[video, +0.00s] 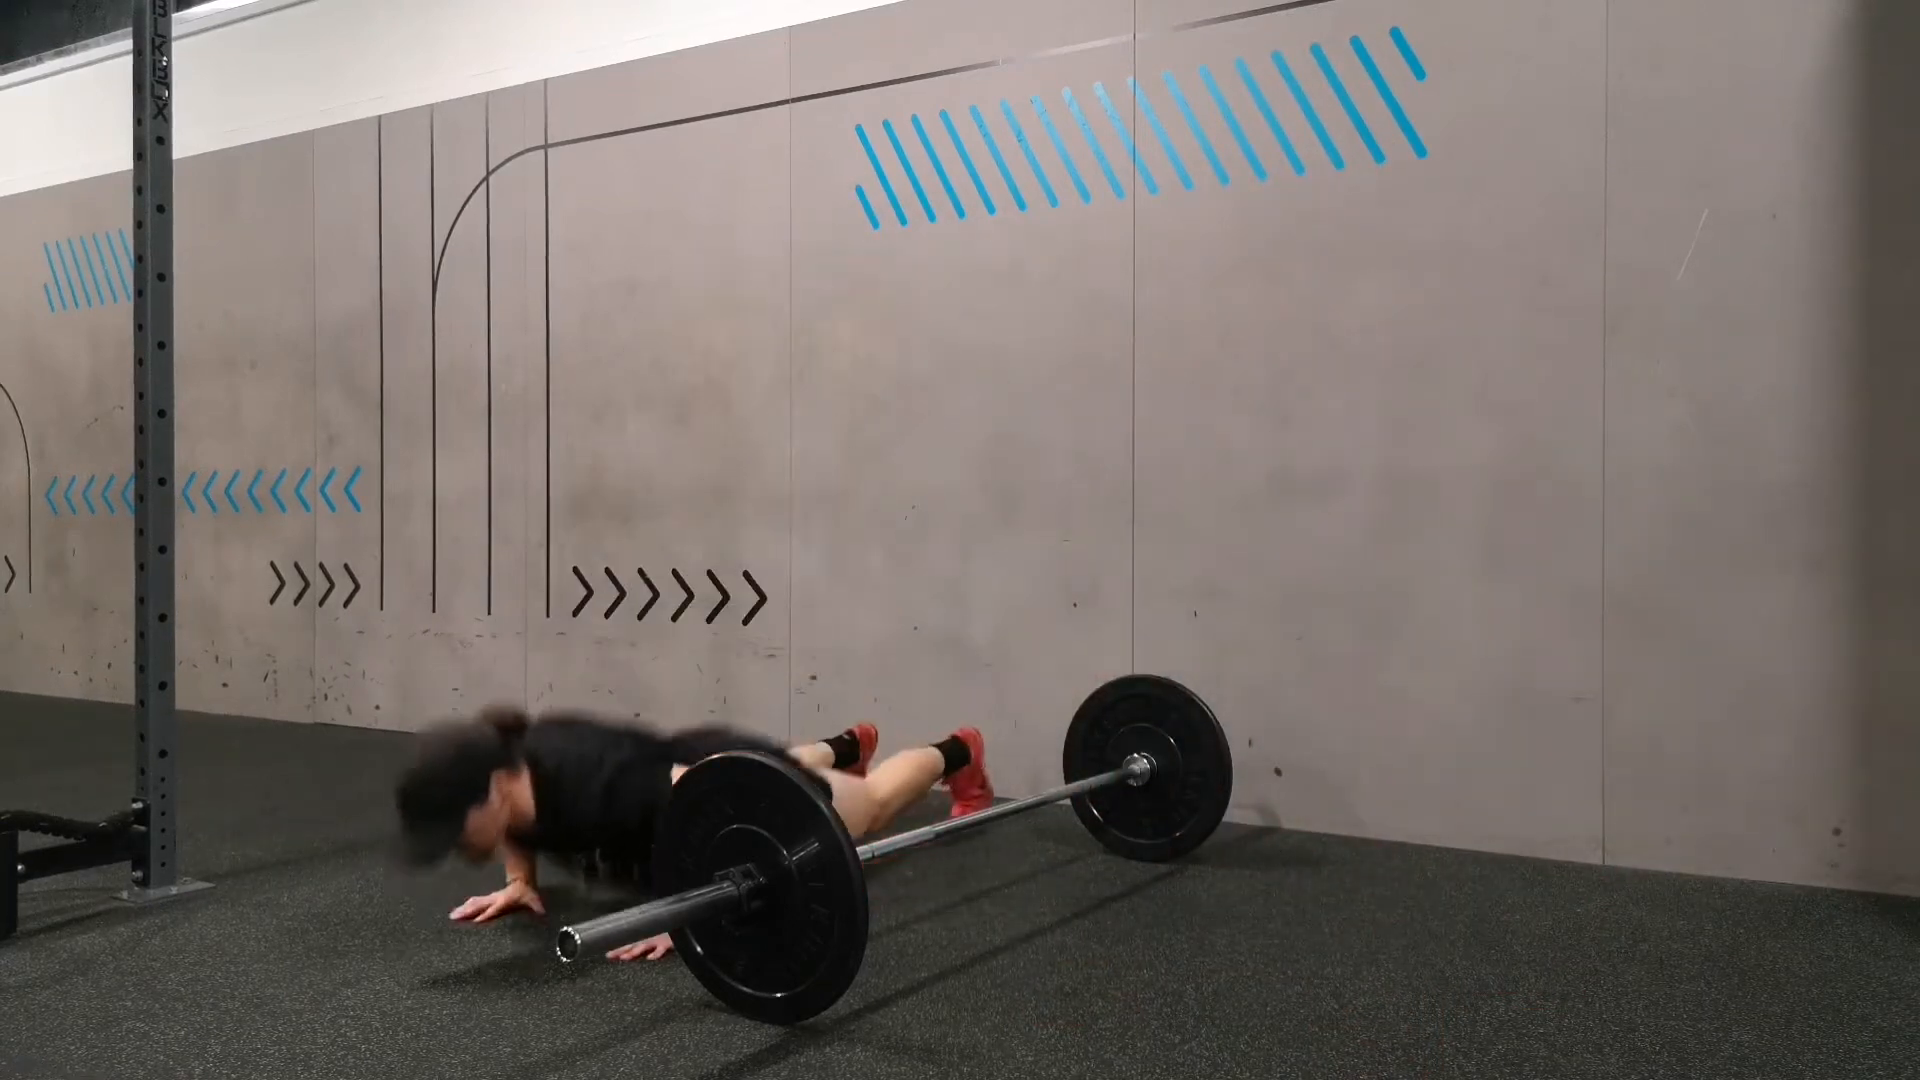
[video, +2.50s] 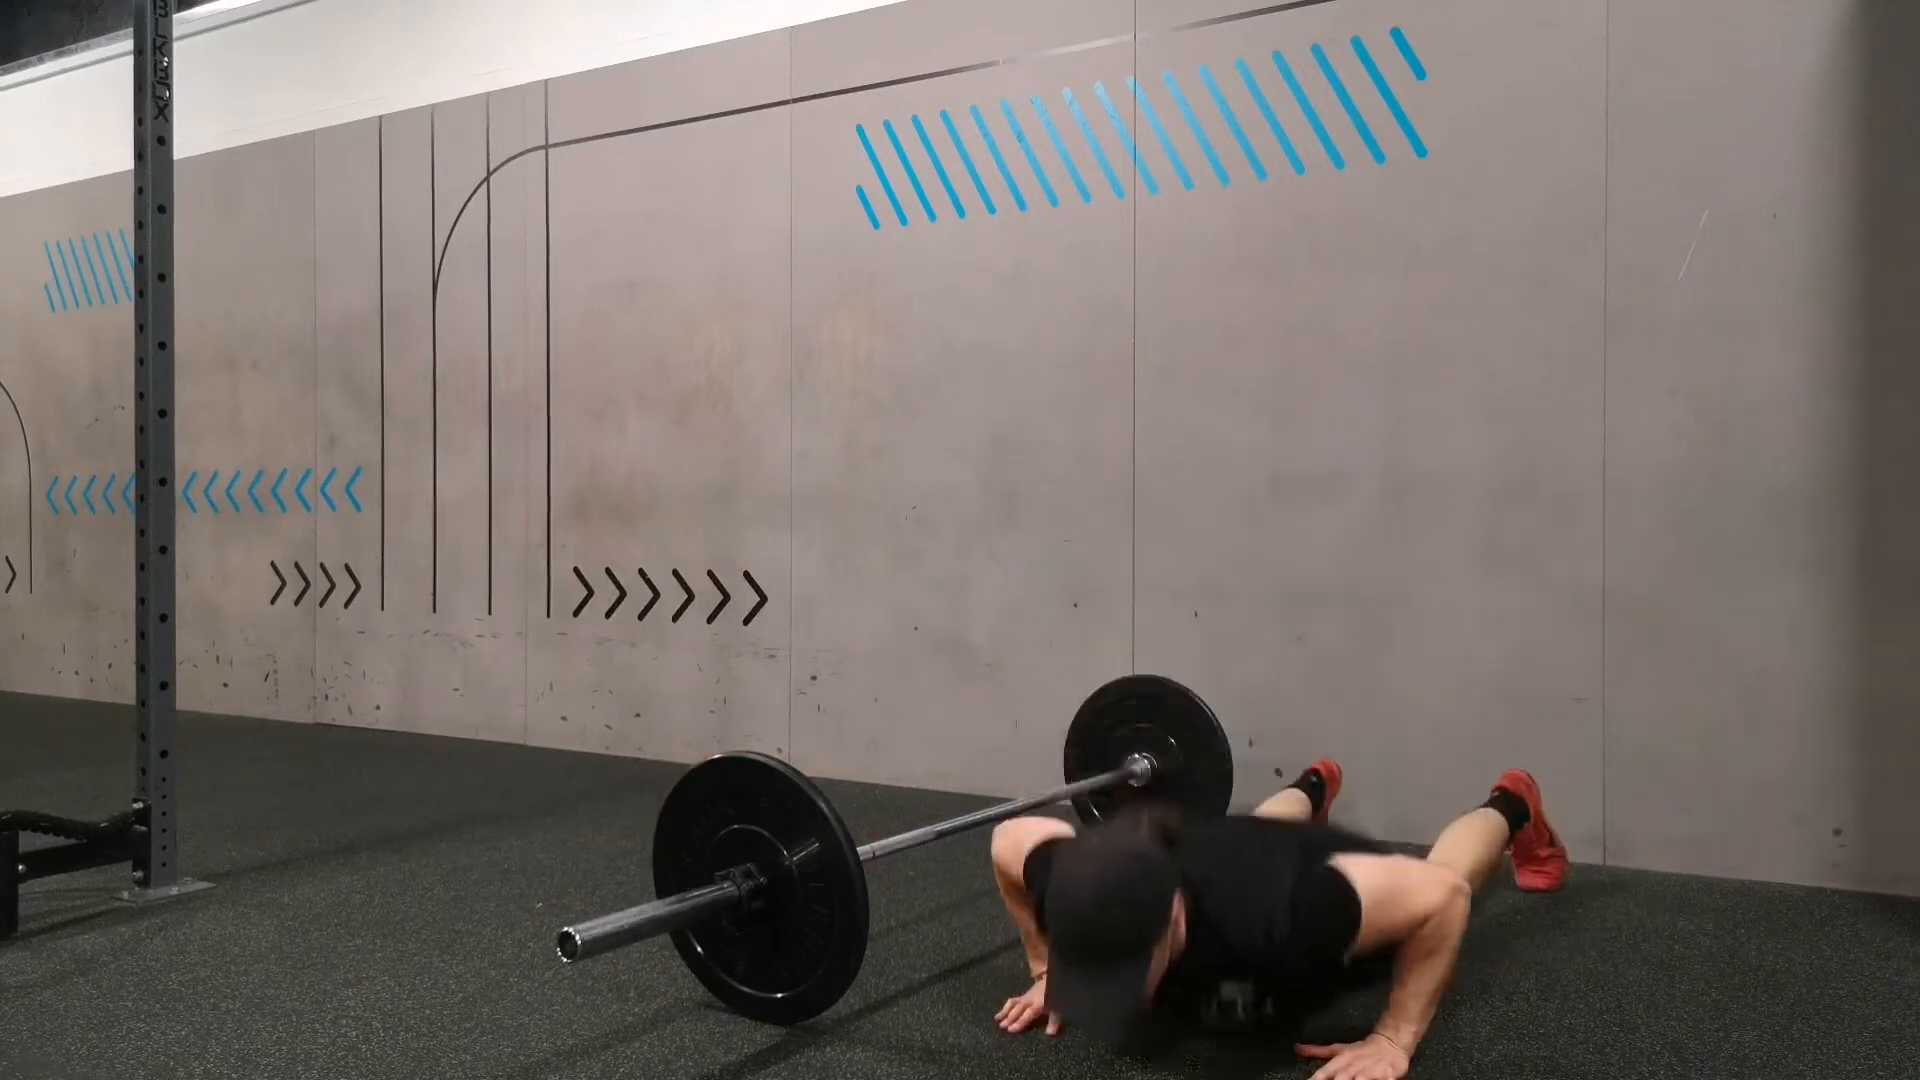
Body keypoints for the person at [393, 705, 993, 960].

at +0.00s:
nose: (465, 847)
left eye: (462, 835)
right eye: (454, 842)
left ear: (489, 801)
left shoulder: (594, 785)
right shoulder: (505, 767)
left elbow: (705, 799)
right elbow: (509, 816)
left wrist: (679, 913)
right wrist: (521, 882)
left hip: (747, 786)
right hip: (689, 763)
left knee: (870, 801)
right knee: (775, 765)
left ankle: (952, 753)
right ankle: (844, 749)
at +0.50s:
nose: (495, 728)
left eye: (497, 713)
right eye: (485, 721)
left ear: (532, 674)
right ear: (497, 695)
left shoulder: (623, 680)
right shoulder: (511, 697)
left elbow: (717, 790)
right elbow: (492, 782)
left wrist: (684, 910)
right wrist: (518, 878)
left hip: (767, 746)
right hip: (691, 758)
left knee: (870, 816)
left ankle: (968, 756)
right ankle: (838, 760)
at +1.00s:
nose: (665, 603)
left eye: (681, 592)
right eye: (660, 597)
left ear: (708, 545)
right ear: (636, 547)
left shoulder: (766, 541)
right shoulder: (623, 557)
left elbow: (803, 679)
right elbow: (568, 678)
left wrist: (768, 763)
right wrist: (522, 801)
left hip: (791, 583)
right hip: (692, 593)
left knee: (805, 695)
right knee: (595, 712)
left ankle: (862, 839)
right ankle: (610, 815)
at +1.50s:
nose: (866, 220)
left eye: (877, 201)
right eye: (852, 206)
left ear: (912, 173)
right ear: (835, 189)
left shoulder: (983, 223)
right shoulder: (842, 255)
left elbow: (1096, 321)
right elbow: (797, 375)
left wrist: (1145, 455)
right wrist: (768, 487)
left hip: (1050, 402)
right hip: (956, 409)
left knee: (1034, 564)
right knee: (894, 512)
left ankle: (1051, 625)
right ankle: (991, 712)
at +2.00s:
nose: (1122, 677)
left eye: (1133, 655)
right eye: (1105, 670)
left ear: (1157, 588)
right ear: (1069, 609)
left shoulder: (1228, 583)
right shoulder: (1078, 582)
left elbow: (1305, 764)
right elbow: (1053, 746)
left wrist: (1359, 944)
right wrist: (1045, 910)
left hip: (1305, 473)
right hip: (1184, 465)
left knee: (1399, 706)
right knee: (1109, 695)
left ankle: (1504, 886)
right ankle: (1187, 830)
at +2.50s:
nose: (1127, 987)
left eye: (1137, 969)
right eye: (1104, 975)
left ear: (1175, 919)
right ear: (1069, 920)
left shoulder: (1288, 905)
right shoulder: (1063, 884)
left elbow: (1443, 897)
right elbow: (1009, 842)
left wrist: (1395, 1040)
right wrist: (1042, 968)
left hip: (1331, 867)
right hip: (1200, 856)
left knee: (1451, 873)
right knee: (1253, 829)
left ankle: (1510, 803)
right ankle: (1312, 789)